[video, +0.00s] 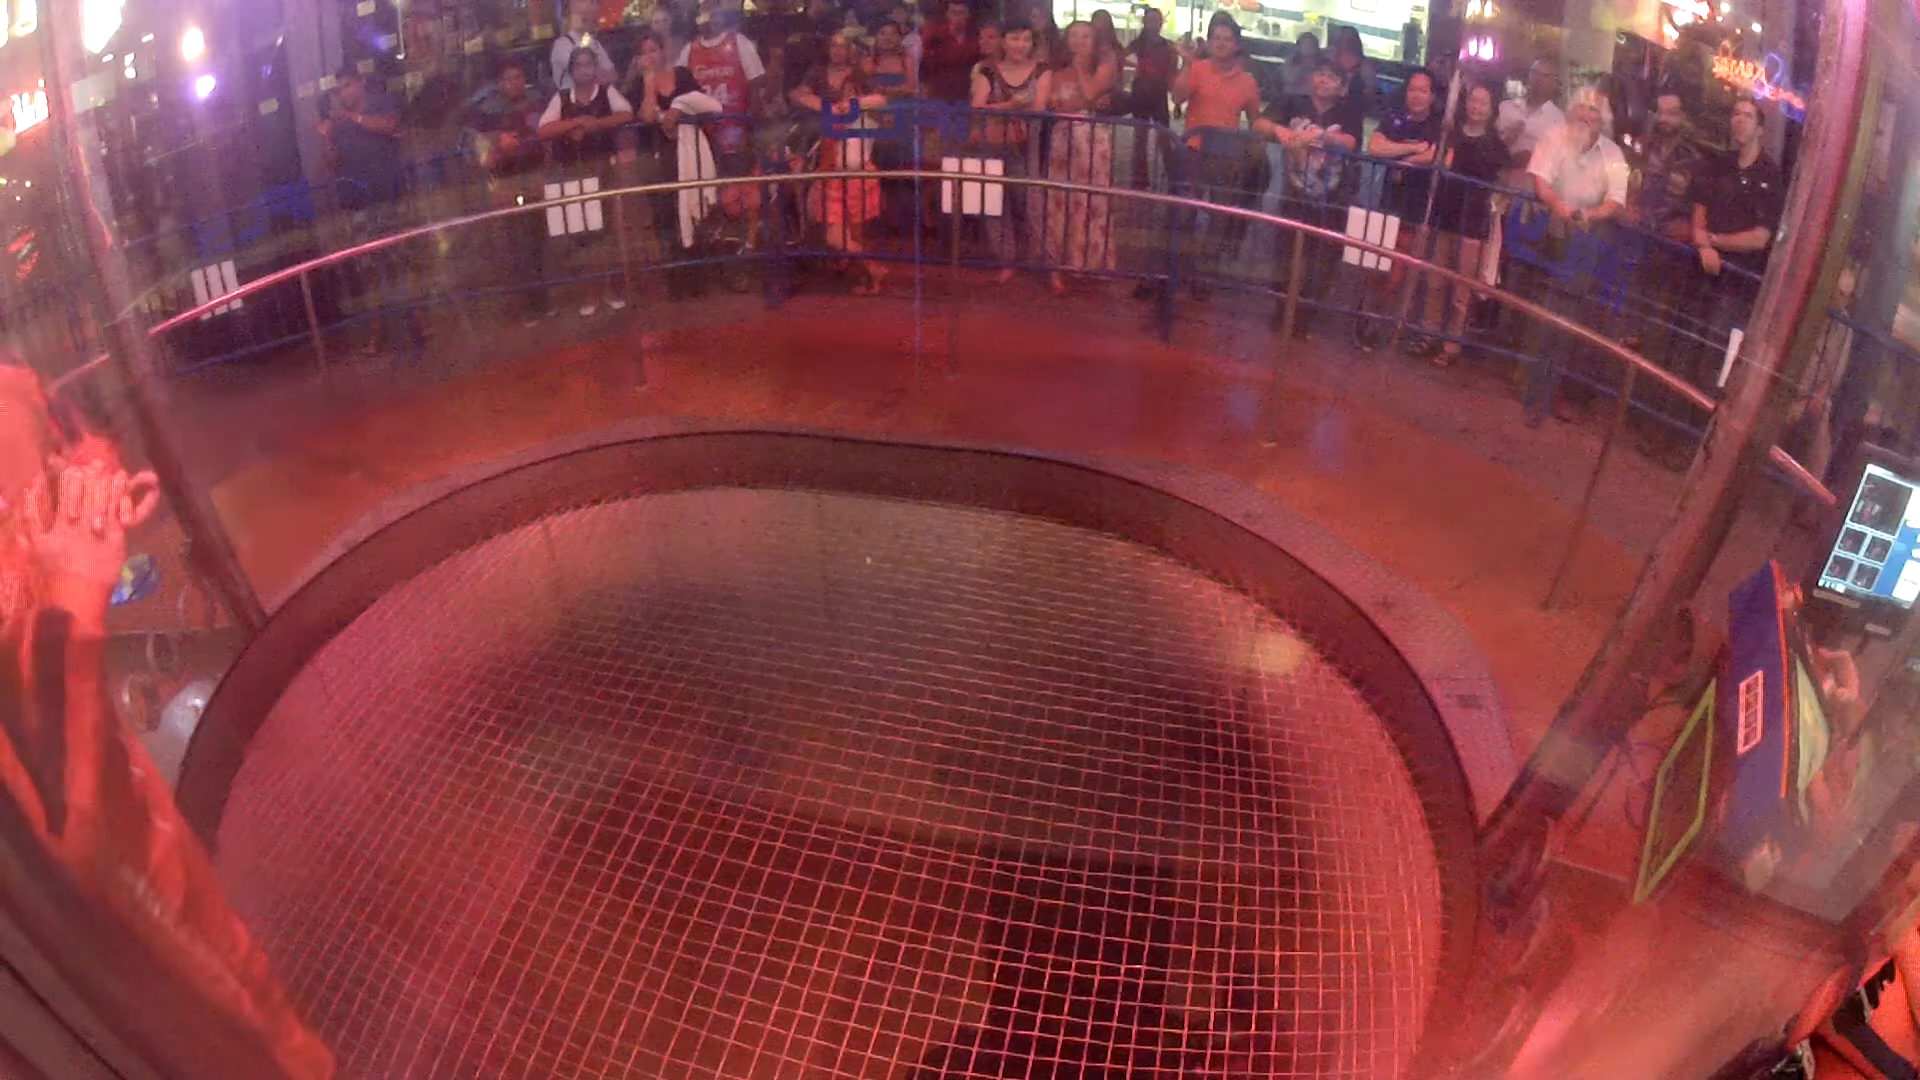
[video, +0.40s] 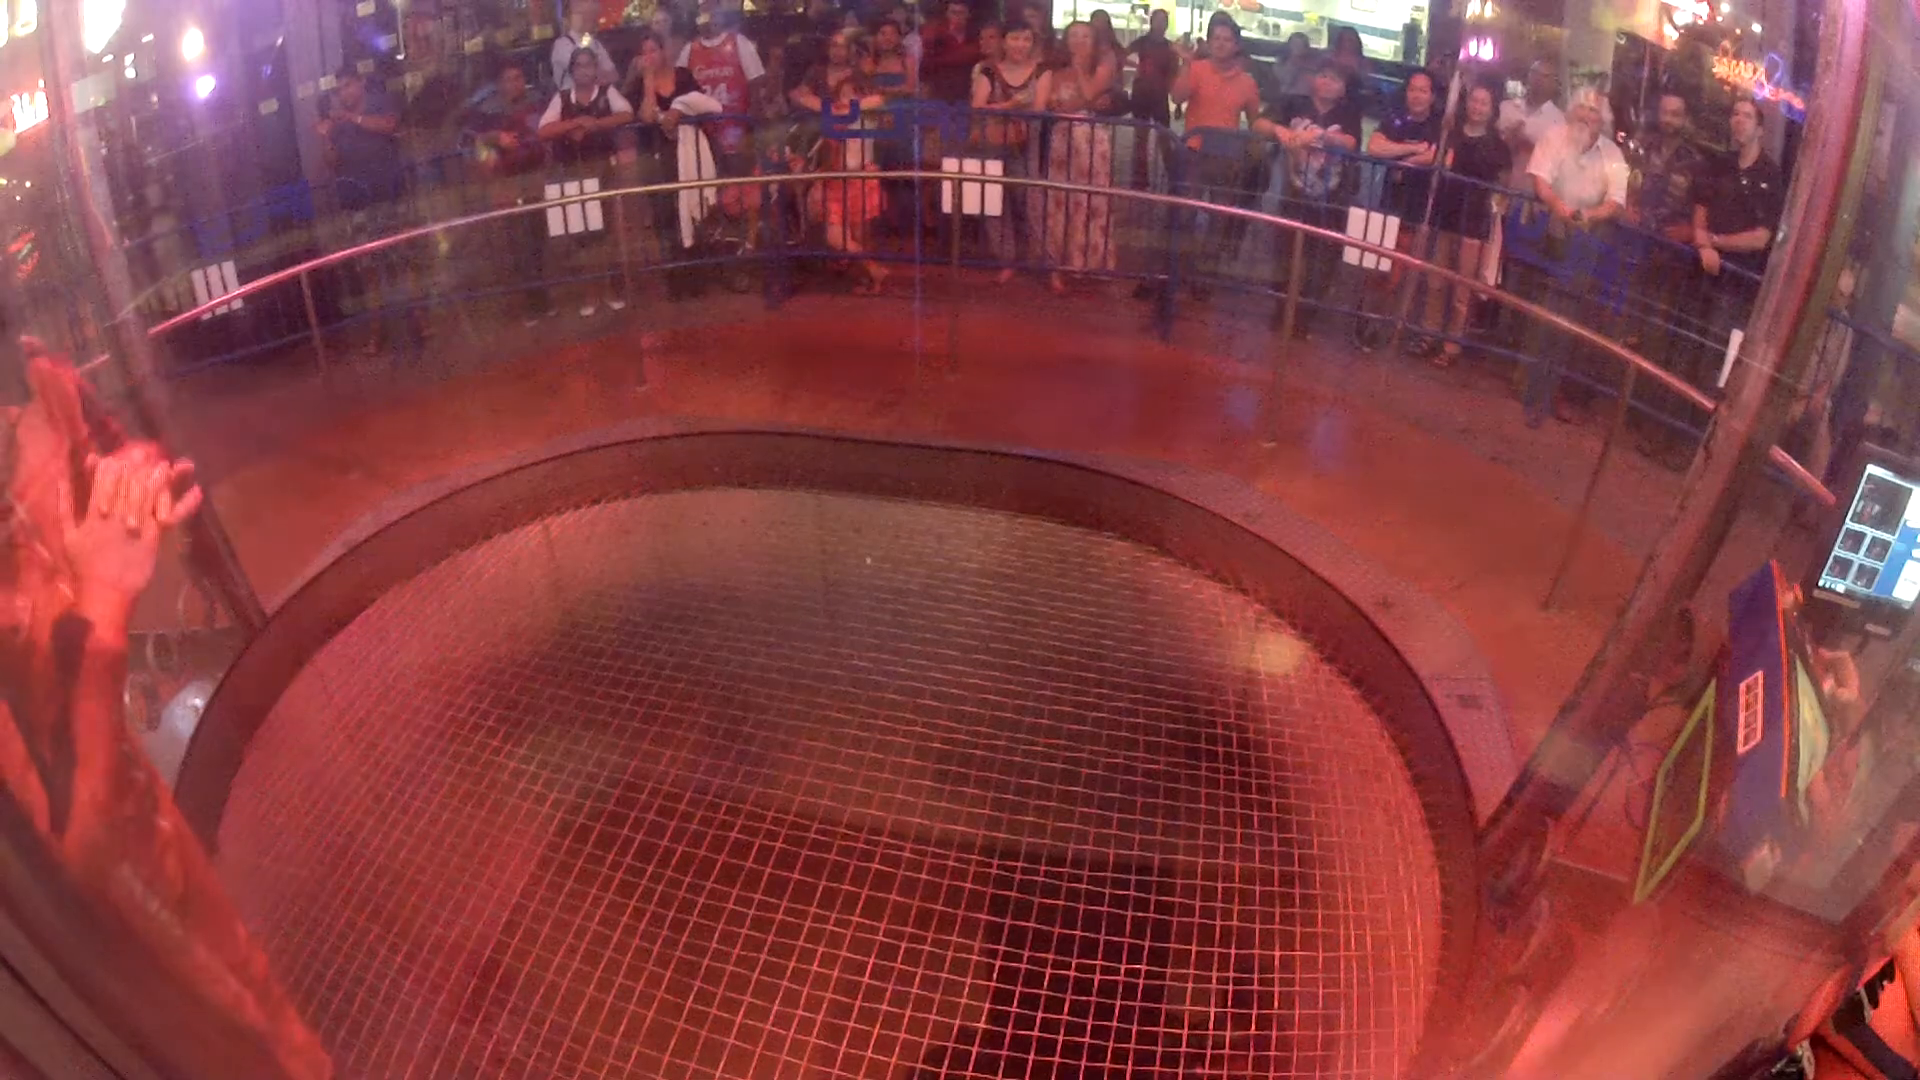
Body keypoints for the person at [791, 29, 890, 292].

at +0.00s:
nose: (836, 51)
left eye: (841, 46)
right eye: (833, 46)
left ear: (851, 50)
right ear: (827, 49)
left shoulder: (859, 76)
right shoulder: (818, 74)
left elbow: (880, 99)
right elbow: (798, 94)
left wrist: (853, 104)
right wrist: (828, 108)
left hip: (857, 163)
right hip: (829, 161)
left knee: (854, 230)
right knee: (833, 236)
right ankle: (873, 269)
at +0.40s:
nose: (835, 51)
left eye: (841, 46)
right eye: (832, 45)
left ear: (852, 50)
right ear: (826, 48)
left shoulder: (861, 77)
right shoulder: (819, 74)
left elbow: (880, 100)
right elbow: (797, 94)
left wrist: (853, 104)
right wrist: (826, 106)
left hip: (861, 170)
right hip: (831, 169)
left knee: (859, 230)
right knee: (834, 234)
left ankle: (863, 275)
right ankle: (874, 269)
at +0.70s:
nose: (844, 95)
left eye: (849, 90)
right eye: (840, 90)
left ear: (859, 90)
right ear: (834, 92)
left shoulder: (865, 107)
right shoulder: (830, 109)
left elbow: (879, 101)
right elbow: (797, 95)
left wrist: (853, 108)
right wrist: (828, 108)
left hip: (863, 173)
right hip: (836, 173)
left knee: (861, 228)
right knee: (832, 228)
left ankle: (860, 275)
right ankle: (869, 261)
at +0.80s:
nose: (844, 94)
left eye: (849, 90)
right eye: (840, 89)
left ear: (859, 90)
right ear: (834, 91)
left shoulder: (864, 107)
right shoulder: (830, 109)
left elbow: (880, 101)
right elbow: (799, 96)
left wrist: (854, 107)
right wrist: (828, 108)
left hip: (863, 170)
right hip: (835, 170)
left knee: (862, 223)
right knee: (820, 213)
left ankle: (863, 269)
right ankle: (857, 249)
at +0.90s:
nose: (844, 92)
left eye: (849, 87)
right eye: (840, 87)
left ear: (858, 89)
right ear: (834, 90)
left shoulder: (865, 106)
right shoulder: (831, 107)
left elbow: (882, 100)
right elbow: (798, 97)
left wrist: (855, 105)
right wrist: (827, 106)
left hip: (863, 171)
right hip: (834, 170)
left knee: (861, 224)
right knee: (817, 212)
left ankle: (863, 275)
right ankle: (851, 250)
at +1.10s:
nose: (835, 51)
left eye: (840, 47)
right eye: (832, 46)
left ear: (852, 51)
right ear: (827, 49)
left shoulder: (861, 79)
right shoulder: (820, 76)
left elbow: (884, 100)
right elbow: (798, 95)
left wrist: (856, 97)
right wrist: (828, 106)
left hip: (860, 158)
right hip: (830, 158)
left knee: (860, 220)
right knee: (829, 219)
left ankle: (862, 274)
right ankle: (827, 272)